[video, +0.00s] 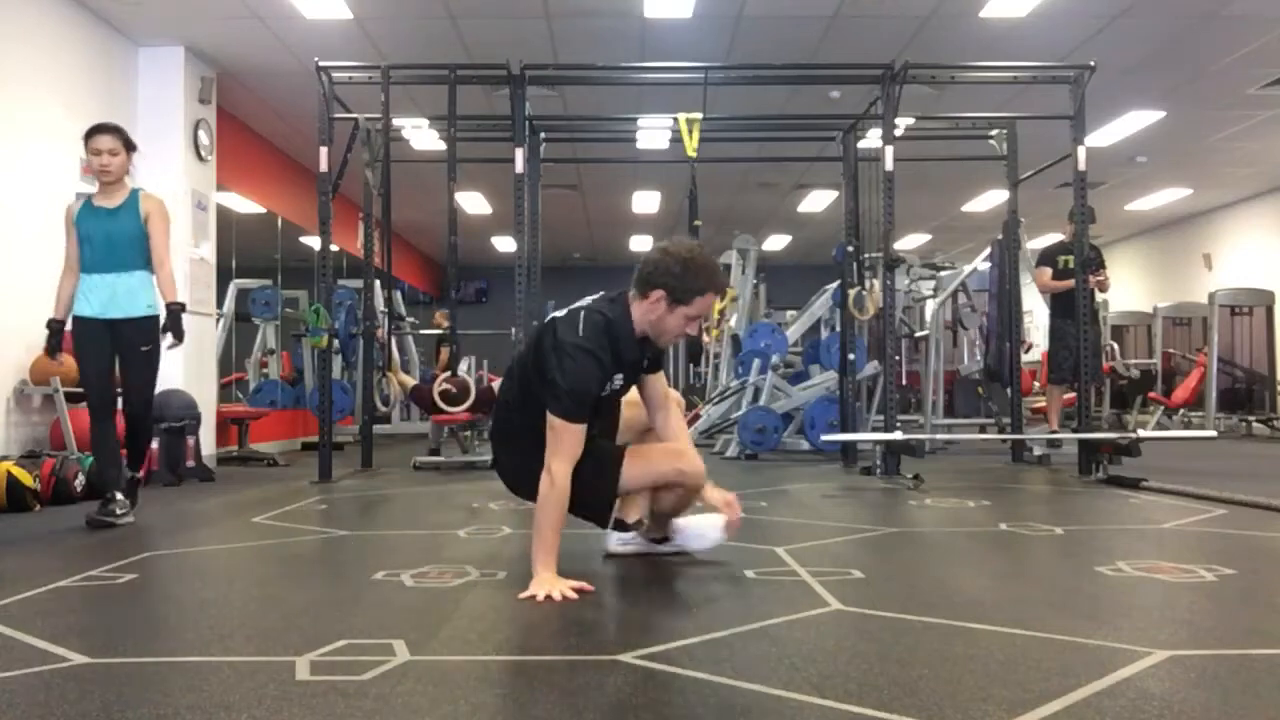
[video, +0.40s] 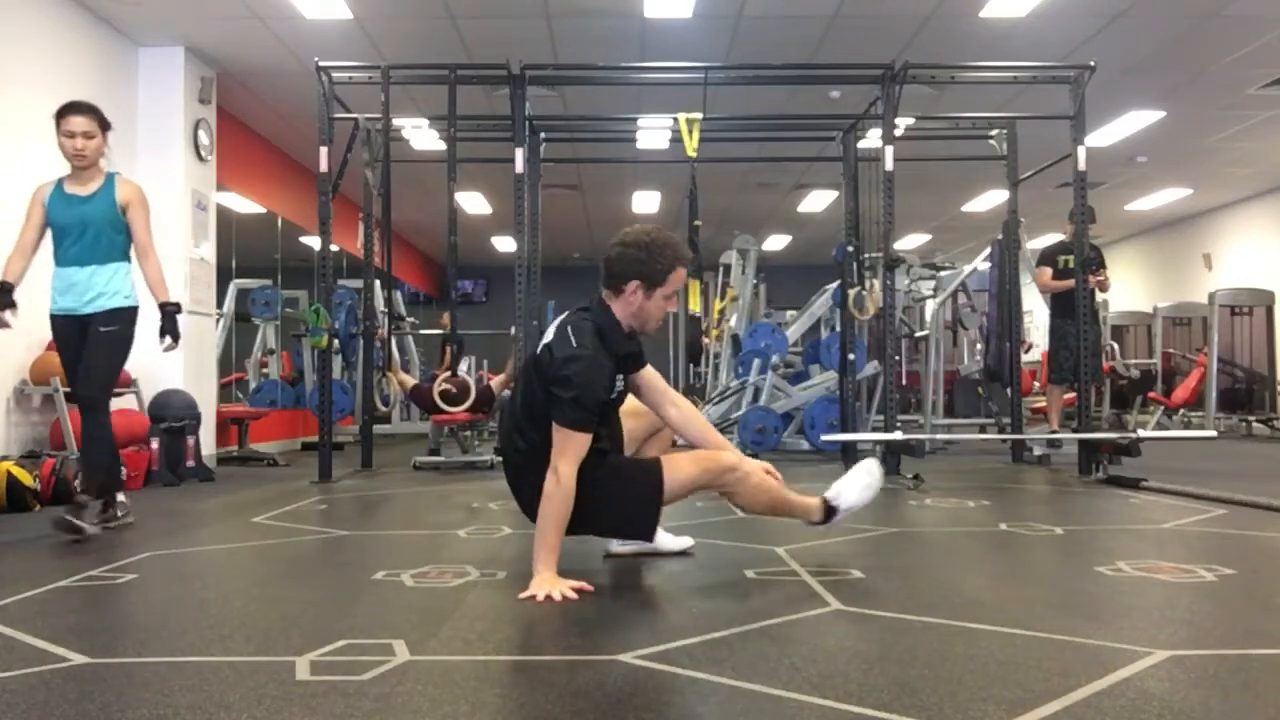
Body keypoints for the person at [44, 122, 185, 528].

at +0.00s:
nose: (104, 160)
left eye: (113, 153)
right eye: (96, 153)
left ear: (129, 157)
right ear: (87, 159)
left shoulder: (149, 204)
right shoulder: (77, 211)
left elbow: (162, 263)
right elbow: (71, 271)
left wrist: (174, 308)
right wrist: (57, 324)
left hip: (139, 318)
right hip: (90, 320)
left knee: (137, 409)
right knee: (100, 407)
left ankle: (132, 478)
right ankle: (114, 496)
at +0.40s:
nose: (78, 144)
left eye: (87, 136)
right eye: (69, 136)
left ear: (104, 139)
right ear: (59, 141)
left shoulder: (125, 190)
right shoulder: (46, 194)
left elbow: (145, 251)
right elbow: (24, 248)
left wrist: (167, 305)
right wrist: (4, 288)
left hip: (114, 307)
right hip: (66, 310)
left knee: (93, 398)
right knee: (88, 402)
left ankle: (91, 502)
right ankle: (113, 498)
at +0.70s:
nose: (40, 122)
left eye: (50, 113)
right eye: (30, 114)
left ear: (69, 117)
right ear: (20, 118)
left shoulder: (91, 175)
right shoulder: (11, 179)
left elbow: (108, 246)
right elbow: (1, 238)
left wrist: (128, 302)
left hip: (79, 300)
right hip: (24, 303)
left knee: (71, 408)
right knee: (20, 410)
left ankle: (48, 512)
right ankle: (76, 473)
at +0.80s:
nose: (20, 114)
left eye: (30, 104)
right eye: (11, 106)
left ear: (55, 107)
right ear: (4, 110)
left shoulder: (78, 164)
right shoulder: (8, 167)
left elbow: (95, 233)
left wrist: (104, 292)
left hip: (66, 298)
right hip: (11, 300)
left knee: (61, 405)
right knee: (1, 401)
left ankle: (47, 510)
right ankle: (38, 478)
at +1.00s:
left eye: (2, 92)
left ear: (26, 95)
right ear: (0, 97)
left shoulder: (54, 152)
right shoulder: (2, 151)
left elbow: (72, 223)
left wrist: (50, 282)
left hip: (44, 293)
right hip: (0, 295)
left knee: (45, 402)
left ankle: (43, 513)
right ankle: (40, 510)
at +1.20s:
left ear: (2, 82)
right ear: (2, 83)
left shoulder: (16, 141)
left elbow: (29, 220)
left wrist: (9, 277)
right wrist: (11, 278)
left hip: (10, 293)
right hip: (5, 290)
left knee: (13, 407)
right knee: (12, 408)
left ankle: (36, 508)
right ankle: (35, 506)